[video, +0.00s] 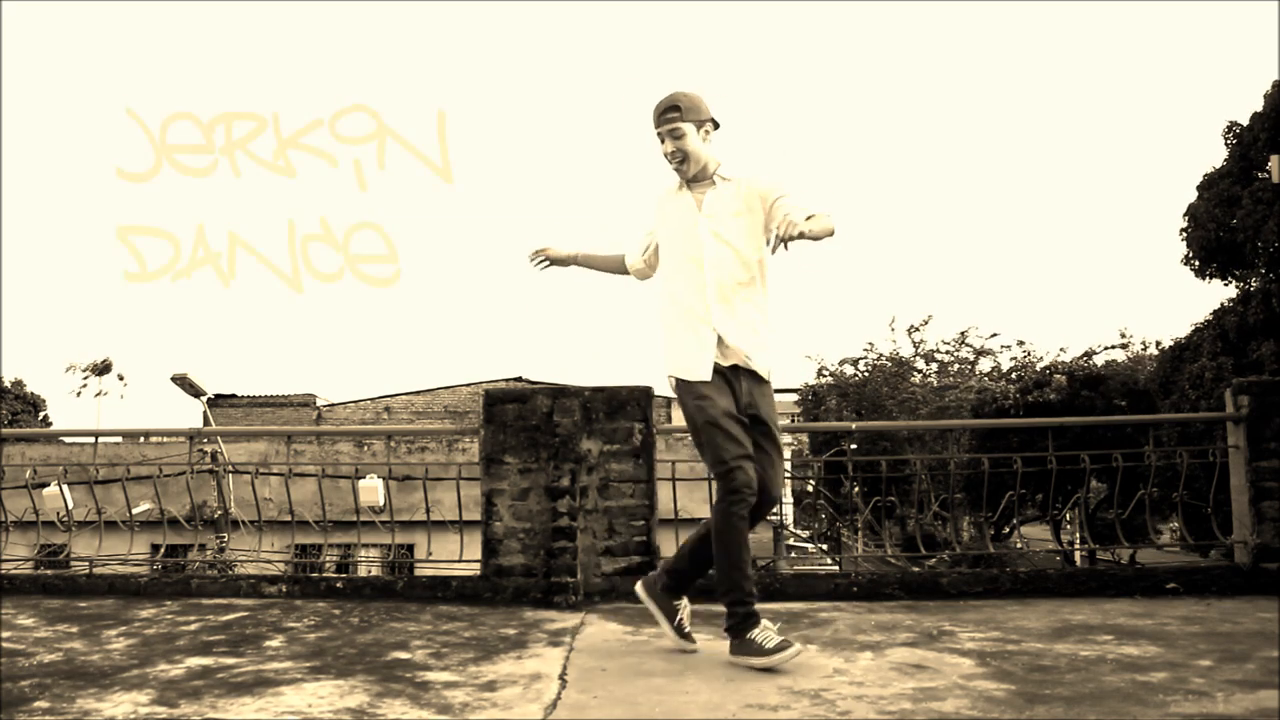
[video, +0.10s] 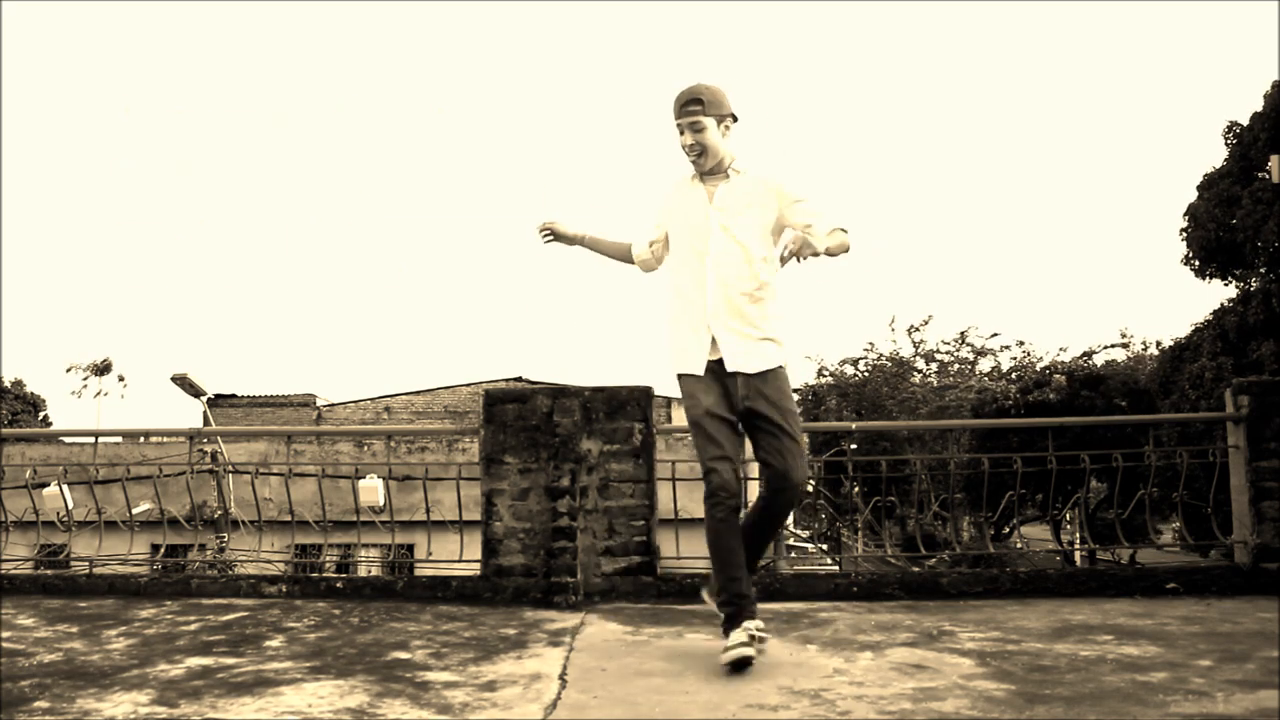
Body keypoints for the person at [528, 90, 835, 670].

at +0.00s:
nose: (669, 149)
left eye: (677, 136)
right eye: (662, 140)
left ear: (708, 132)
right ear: (660, 146)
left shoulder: (755, 194)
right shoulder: (670, 207)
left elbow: (825, 223)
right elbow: (639, 263)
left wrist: (801, 225)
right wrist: (572, 257)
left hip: (751, 364)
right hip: (696, 364)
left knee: (764, 494)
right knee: (738, 483)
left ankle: (664, 585)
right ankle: (743, 627)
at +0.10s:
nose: (688, 140)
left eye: (696, 129)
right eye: (681, 132)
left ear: (727, 127)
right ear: (678, 136)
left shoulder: (768, 192)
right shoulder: (679, 199)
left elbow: (839, 239)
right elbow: (647, 256)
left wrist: (812, 239)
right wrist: (576, 238)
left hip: (759, 354)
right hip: (697, 358)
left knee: (791, 479)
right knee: (722, 484)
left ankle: (729, 575)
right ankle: (739, 622)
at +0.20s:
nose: (719, 139)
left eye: (728, 128)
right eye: (712, 130)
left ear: (756, 130)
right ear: (706, 136)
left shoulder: (790, 201)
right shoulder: (696, 194)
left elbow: (846, 257)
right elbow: (645, 241)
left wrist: (856, 276)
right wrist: (581, 209)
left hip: (772, 369)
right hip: (707, 370)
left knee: (791, 494)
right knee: (688, 479)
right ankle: (722, 619)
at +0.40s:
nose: (745, 130)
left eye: (756, 120)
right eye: (740, 121)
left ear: (783, 125)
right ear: (735, 125)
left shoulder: (804, 201)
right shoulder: (714, 179)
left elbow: (845, 267)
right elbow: (657, 224)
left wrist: (874, 303)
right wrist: (583, 209)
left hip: (771, 362)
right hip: (708, 353)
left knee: (793, 481)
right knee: (688, 462)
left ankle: (762, 618)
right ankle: (674, 577)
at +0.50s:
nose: (764, 136)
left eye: (776, 128)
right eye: (758, 126)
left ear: (799, 135)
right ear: (750, 130)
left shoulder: (811, 216)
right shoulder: (718, 182)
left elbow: (834, 294)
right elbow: (660, 234)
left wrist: (867, 342)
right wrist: (588, 246)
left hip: (761, 363)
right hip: (699, 352)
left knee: (783, 486)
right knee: (679, 462)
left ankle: (759, 620)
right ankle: (655, 579)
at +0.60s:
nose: (768, 128)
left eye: (781, 120)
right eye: (763, 117)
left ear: (803, 128)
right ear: (754, 122)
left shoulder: (808, 208)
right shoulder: (720, 175)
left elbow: (819, 290)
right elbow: (667, 228)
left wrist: (840, 355)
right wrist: (605, 253)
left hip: (751, 358)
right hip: (689, 342)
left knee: (755, 492)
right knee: (658, 430)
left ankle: (753, 614)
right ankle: (668, 563)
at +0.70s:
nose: (763, 127)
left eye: (775, 119)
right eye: (758, 116)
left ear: (798, 128)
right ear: (749, 122)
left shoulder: (806, 206)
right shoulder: (716, 177)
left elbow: (813, 282)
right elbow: (648, 218)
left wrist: (852, 346)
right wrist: (582, 225)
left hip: (753, 353)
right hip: (695, 339)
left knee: (730, 488)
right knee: (648, 409)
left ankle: (738, 621)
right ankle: (653, 562)